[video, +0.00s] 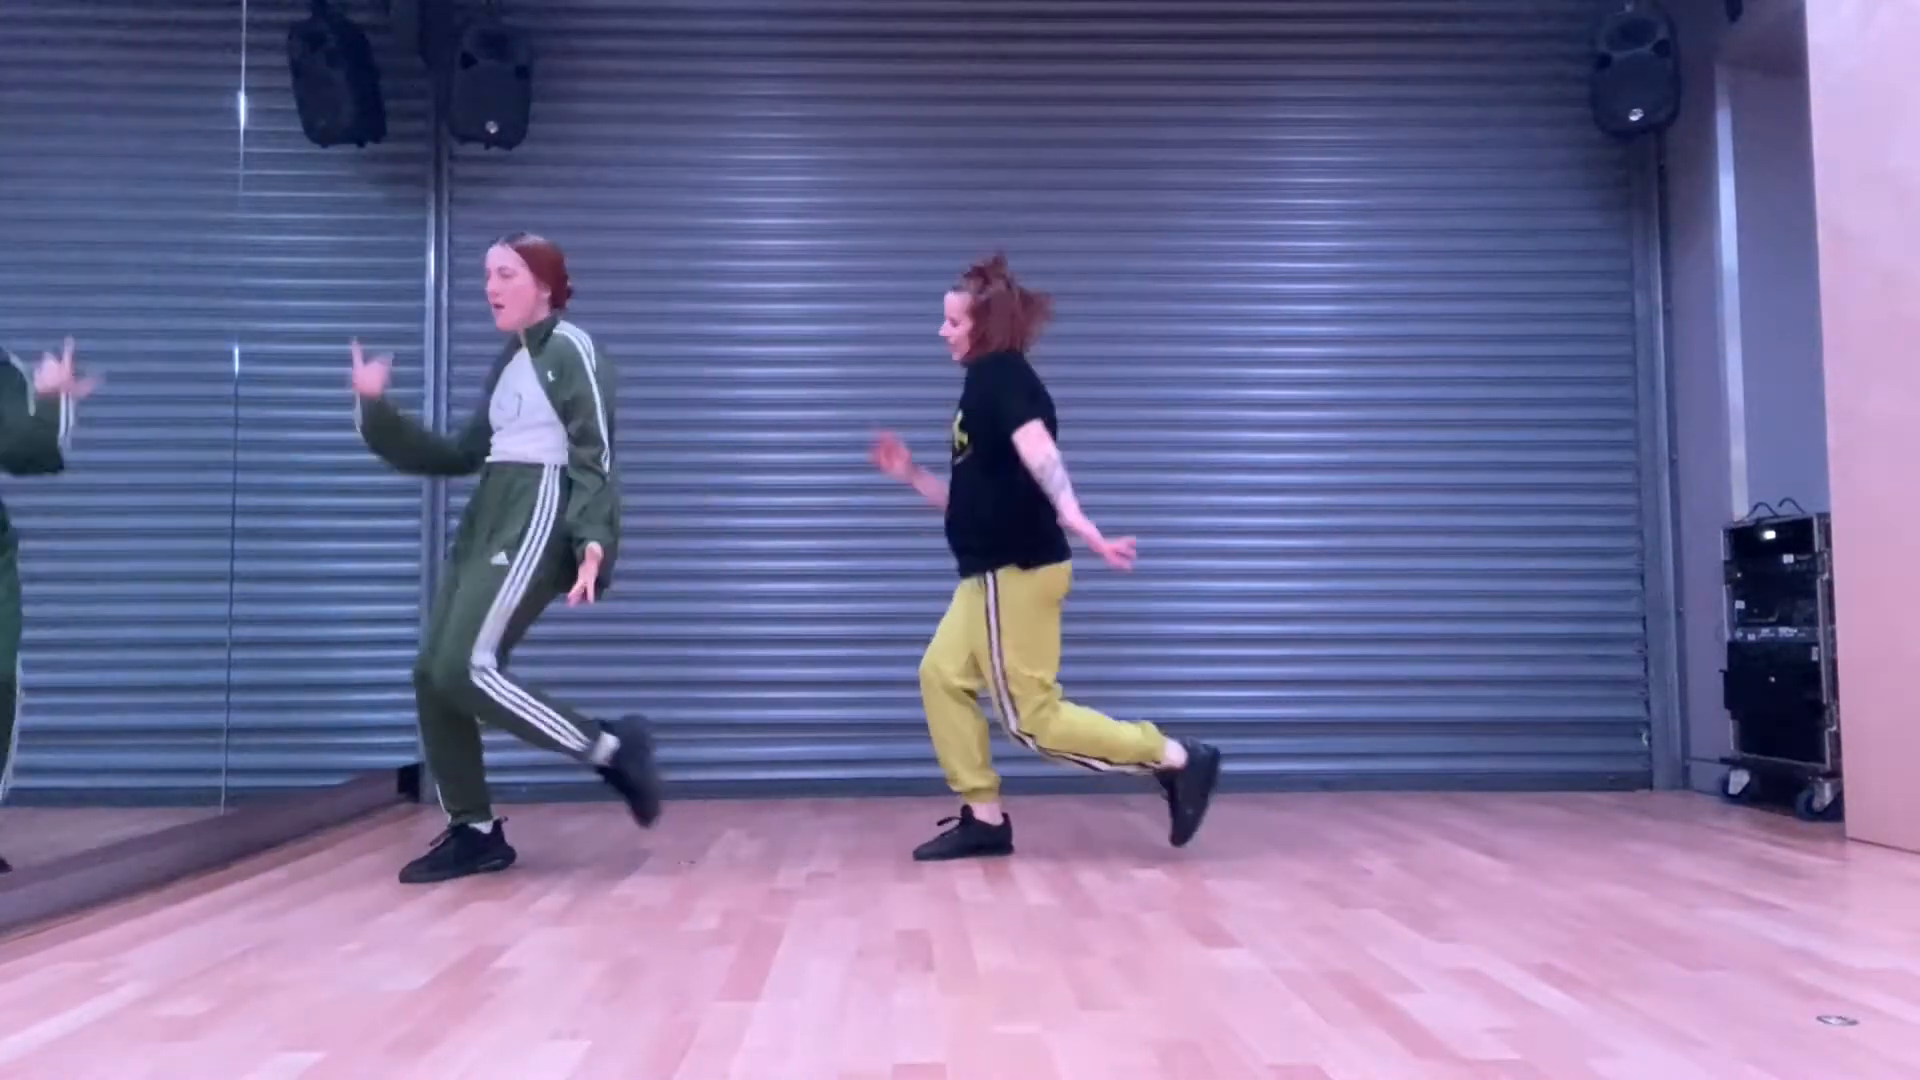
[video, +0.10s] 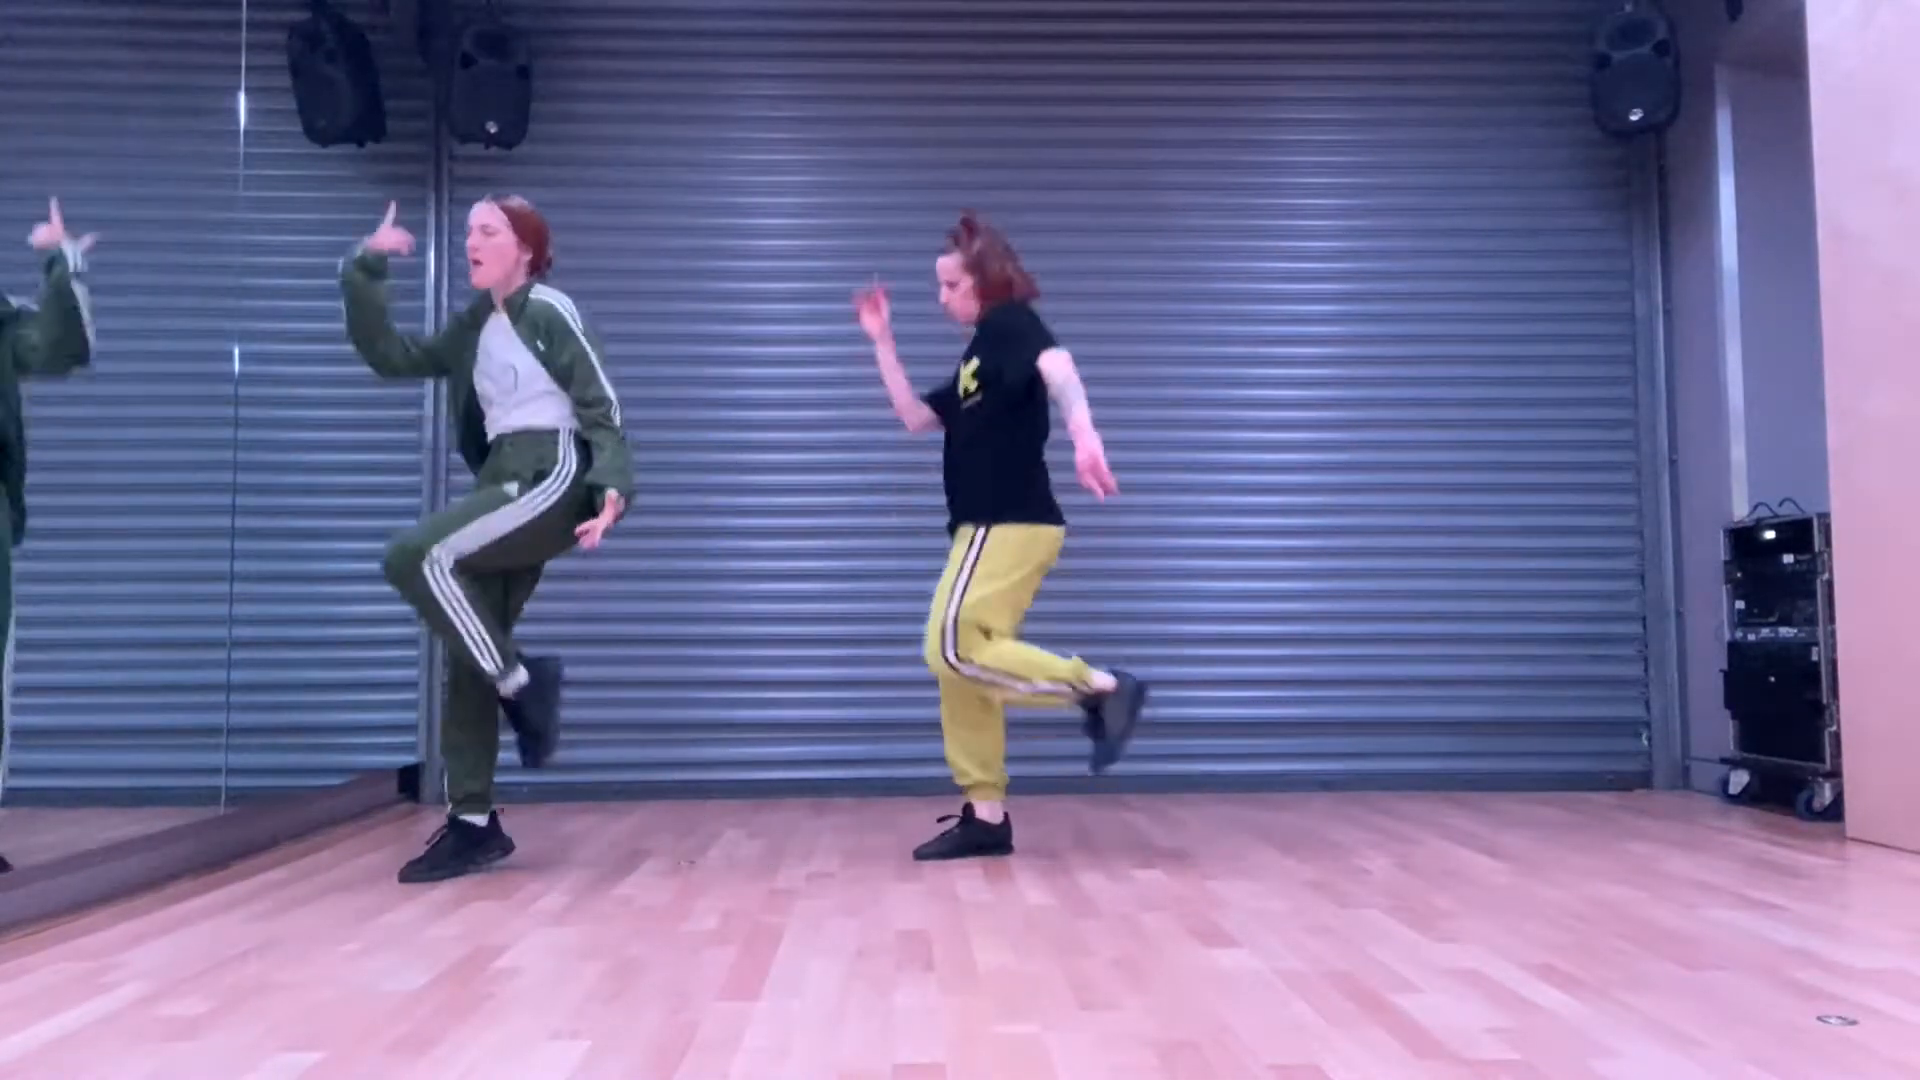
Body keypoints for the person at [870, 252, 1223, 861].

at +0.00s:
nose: (943, 331)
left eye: (953, 320)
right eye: (944, 319)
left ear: (987, 324)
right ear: (971, 323)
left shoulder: (1001, 375)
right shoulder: (981, 382)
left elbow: (1041, 457)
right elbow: (967, 500)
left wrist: (1088, 532)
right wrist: (911, 473)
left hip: (1021, 569)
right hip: (991, 570)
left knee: (1032, 718)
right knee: (942, 675)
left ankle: (1179, 761)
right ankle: (984, 818)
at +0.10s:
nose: (941, 298)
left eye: (948, 286)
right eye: (940, 287)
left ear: (981, 282)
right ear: (964, 285)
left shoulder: (1012, 323)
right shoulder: (978, 361)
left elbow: (1059, 371)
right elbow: (914, 415)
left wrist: (1085, 441)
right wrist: (882, 339)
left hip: (1008, 524)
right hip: (993, 527)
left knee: (955, 651)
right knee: (962, 662)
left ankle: (1099, 690)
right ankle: (985, 817)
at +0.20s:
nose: (929, 255)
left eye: (940, 244)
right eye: (928, 244)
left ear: (977, 241)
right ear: (944, 247)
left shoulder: (1008, 276)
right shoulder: (951, 314)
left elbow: (1076, 293)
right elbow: (874, 318)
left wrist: (1075, 345)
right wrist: (861, 236)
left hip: (1024, 469)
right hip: (1033, 486)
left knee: (900, 511)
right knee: (1001, 634)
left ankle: (1003, 623)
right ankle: (983, 795)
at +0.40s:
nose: (935, 272)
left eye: (943, 262)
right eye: (934, 262)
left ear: (978, 262)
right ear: (957, 267)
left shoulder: (1024, 306)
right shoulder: (954, 330)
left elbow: (1085, 309)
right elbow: (886, 358)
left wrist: (1025, 353)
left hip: (1026, 486)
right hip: (995, 495)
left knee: (877, 479)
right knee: (983, 641)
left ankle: (965, 604)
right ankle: (988, 809)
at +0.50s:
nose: (954, 294)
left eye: (964, 283)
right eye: (953, 283)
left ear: (999, 279)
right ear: (991, 283)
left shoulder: (1054, 331)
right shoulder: (995, 354)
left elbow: (1075, 406)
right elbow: (961, 437)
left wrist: (1006, 462)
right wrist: (892, 465)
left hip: (985, 510)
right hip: (994, 514)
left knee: (885, 621)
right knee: (973, 654)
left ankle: (999, 727)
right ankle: (988, 817)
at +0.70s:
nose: (981, 299)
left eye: (992, 288)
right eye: (984, 287)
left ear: (1026, 295)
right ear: (1021, 294)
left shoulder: (1065, 360)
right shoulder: (1040, 361)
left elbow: (1063, 455)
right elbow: (1006, 459)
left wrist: (1005, 473)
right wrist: (935, 439)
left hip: (1022, 551)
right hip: (996, 542)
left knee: (965, 678)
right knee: (908, 636)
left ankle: (1013, 826)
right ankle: (1003, 748)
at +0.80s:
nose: (1004, 257)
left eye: (1017, 249)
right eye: (1010, 248)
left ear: (1046, 267)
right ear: (1042, 269)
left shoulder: (1081, 334)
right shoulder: (1036, 345)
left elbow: (1077, 379)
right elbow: (987, 388)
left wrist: (1032, 299)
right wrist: (949, 326)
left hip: (1060, 537)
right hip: (1030, 533)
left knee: (1005, 671)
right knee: (998, 668)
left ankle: (1017, 825)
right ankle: (1126, 740)